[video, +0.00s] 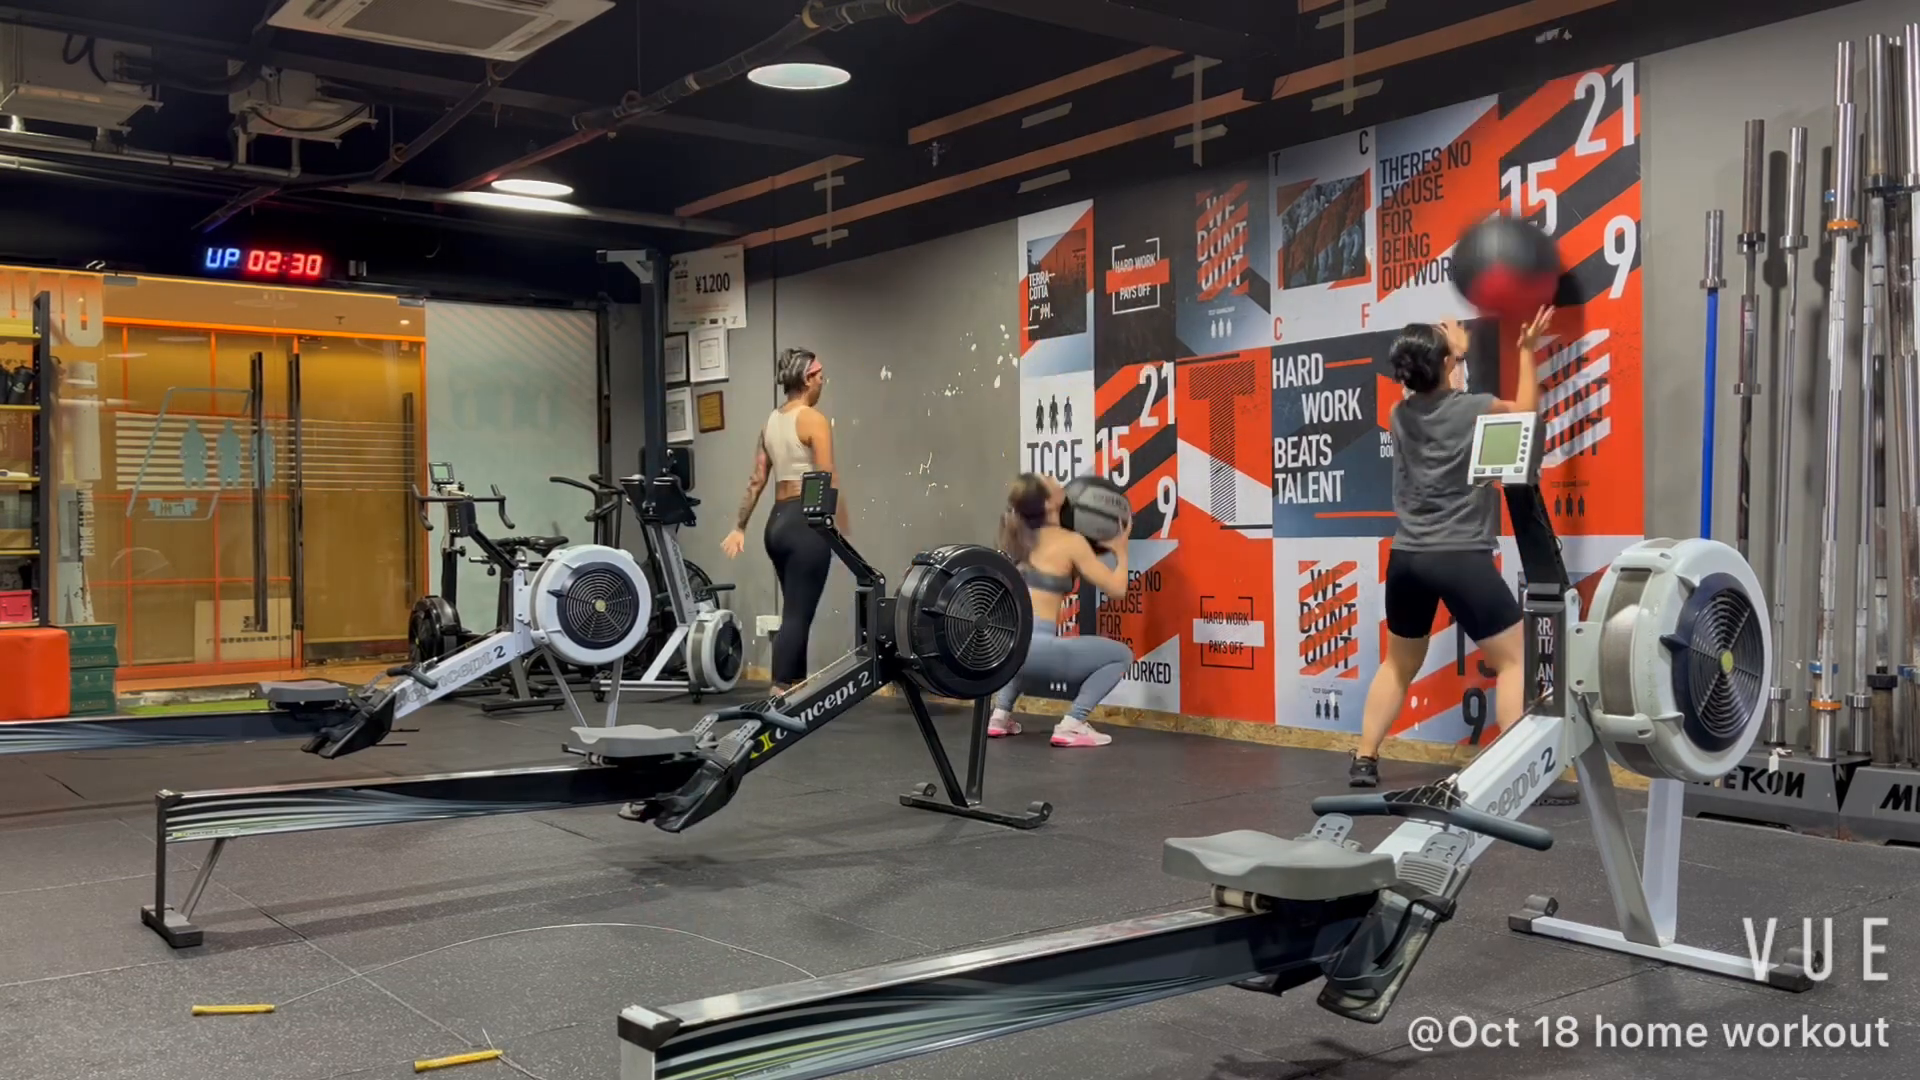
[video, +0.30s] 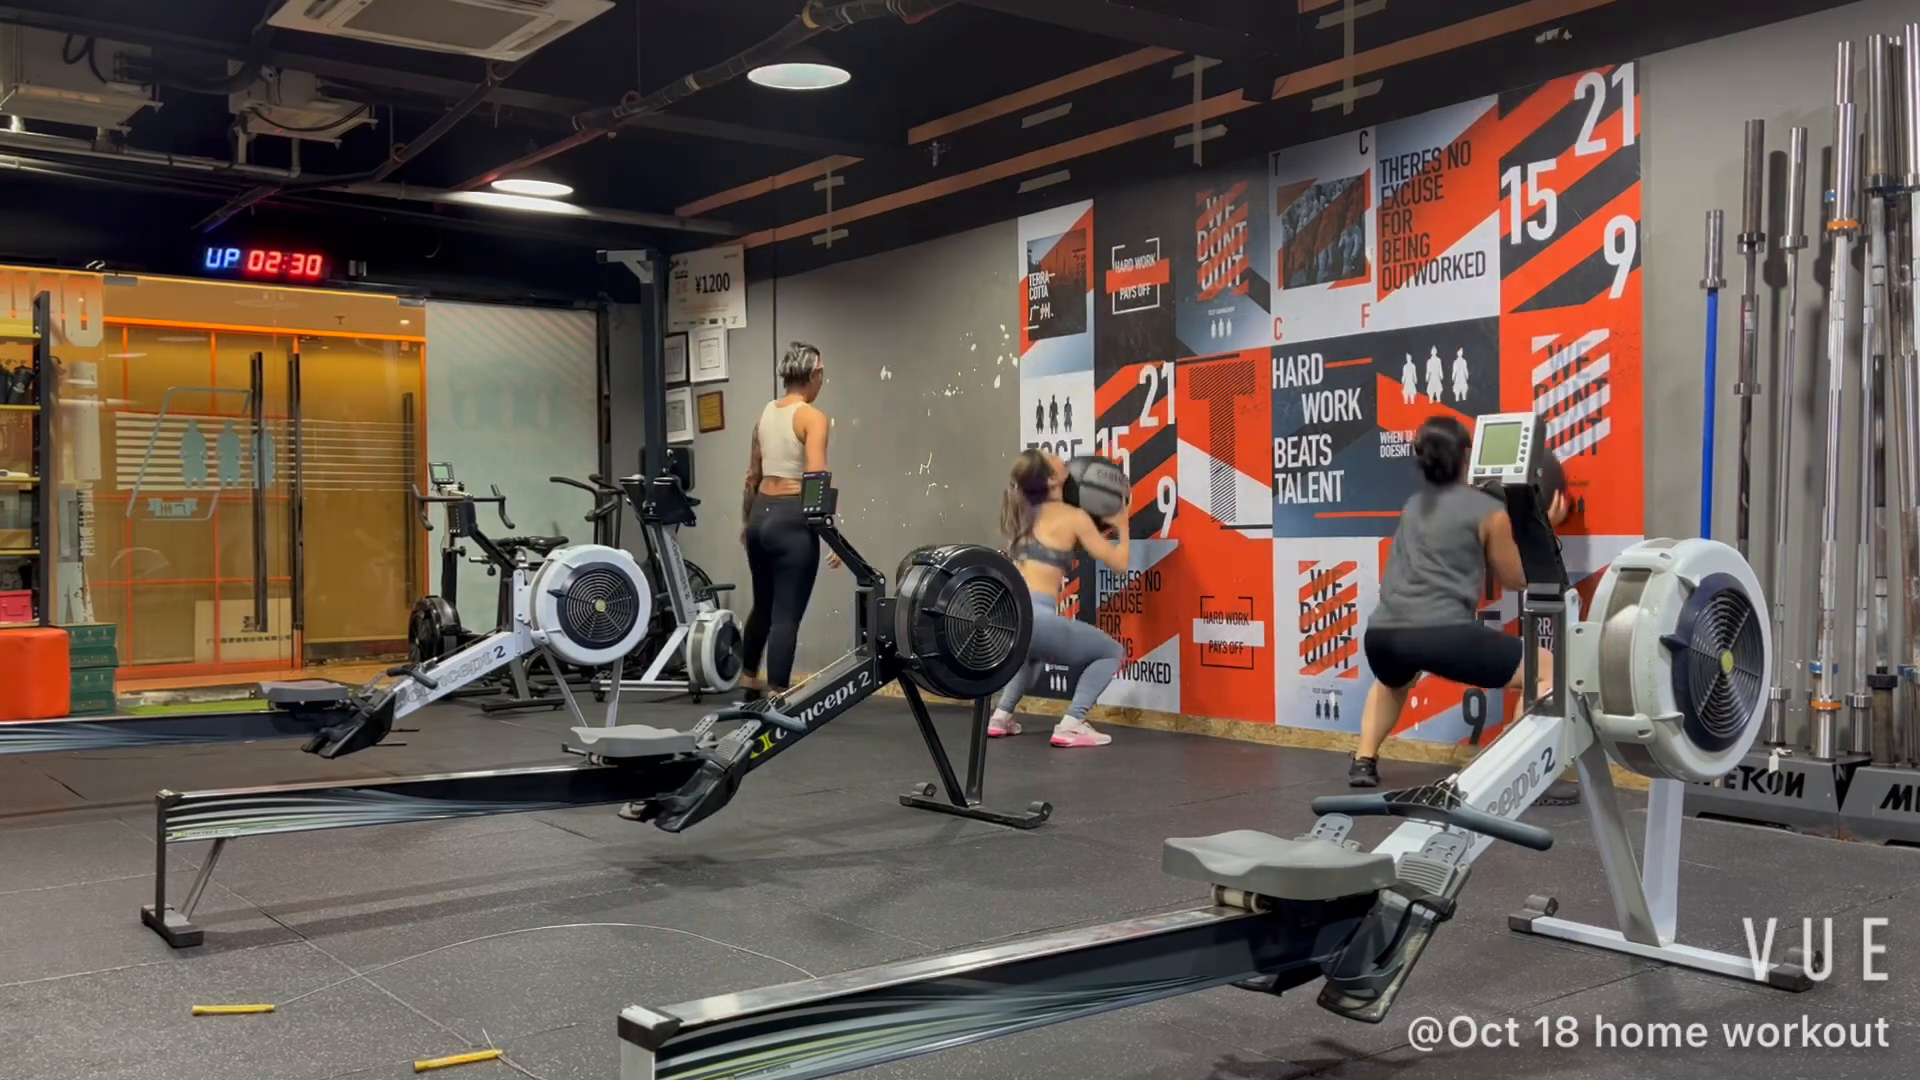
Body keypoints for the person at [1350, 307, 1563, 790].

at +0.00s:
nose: (1460, 336)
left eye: (1453, 334)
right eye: (1454, 338)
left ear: (1414, 371)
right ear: (1451, 364)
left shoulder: (1402, 414)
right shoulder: (1476, 407)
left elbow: (1437, 395)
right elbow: (1526, 414)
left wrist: (1451, 351)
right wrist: (1528, 354)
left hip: (1407, 561)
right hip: (1464, 562)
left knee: (1398, 665)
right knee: (1512, 662)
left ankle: (1363, 760)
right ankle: (1516, 772)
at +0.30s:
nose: (1473, 453)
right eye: (1471, 447)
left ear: (1421, 458)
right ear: (1465, 455)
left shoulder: (1413, 505)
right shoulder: (1488, 510)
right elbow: (1515, 579)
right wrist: (1547, 525)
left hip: (1385, 639)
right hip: (1448, 639)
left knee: (1392, 680)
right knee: (1545, 669)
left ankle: (1363, 762)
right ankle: (1534, 776)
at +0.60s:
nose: (1483, 485)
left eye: (1479, 478)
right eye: (1479, 480)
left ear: (1433, 494)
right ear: (1474, 490)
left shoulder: (1418, 538)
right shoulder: (1497, 546)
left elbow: (1412, 600)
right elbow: (1513, 620)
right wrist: (1527, 593)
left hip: (1391, 665)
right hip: (1456, 666)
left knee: (1401, 686)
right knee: (1550, 671)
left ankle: (1365, 759)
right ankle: (1518, 771)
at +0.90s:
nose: (1488, 472)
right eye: (1482, 465)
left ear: (1437, 476)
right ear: (1479, 474)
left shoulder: (1421, 520)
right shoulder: (1496, 525)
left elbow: (1416, 581)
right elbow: (1515, 602)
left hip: (1389, 640)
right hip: (1452, 641)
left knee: (1396, 683)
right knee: (1545, 673)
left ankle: (1364, 760)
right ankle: (1529, 775)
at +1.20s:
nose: (1475, 374)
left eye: (1470, 367)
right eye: (1471, 368)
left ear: (1425, 383)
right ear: (1466, 376)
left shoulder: (1416, 429)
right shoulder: (1487, 424)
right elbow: (1525, 461)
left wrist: (1524, 420)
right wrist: (1539, 417)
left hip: (1413, 569)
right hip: (1473, 569)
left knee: (1403, 664)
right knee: (1526, 660)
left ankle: (1366, 754)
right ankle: (1527, 774)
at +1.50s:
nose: (1476, 330)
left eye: (1461, 326)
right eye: (1470, 326)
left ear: (1424, 347)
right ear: (1467, 341)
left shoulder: (1422, 377)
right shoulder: (1485, 371)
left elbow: (1428, 314)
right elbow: (1507, 292)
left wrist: (1430, 246)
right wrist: (1506, 220)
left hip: (1429, 522)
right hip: (1483, 519)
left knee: (1406, 640)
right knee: (1514, 640)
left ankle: (1373, 738)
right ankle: (1554, 743)